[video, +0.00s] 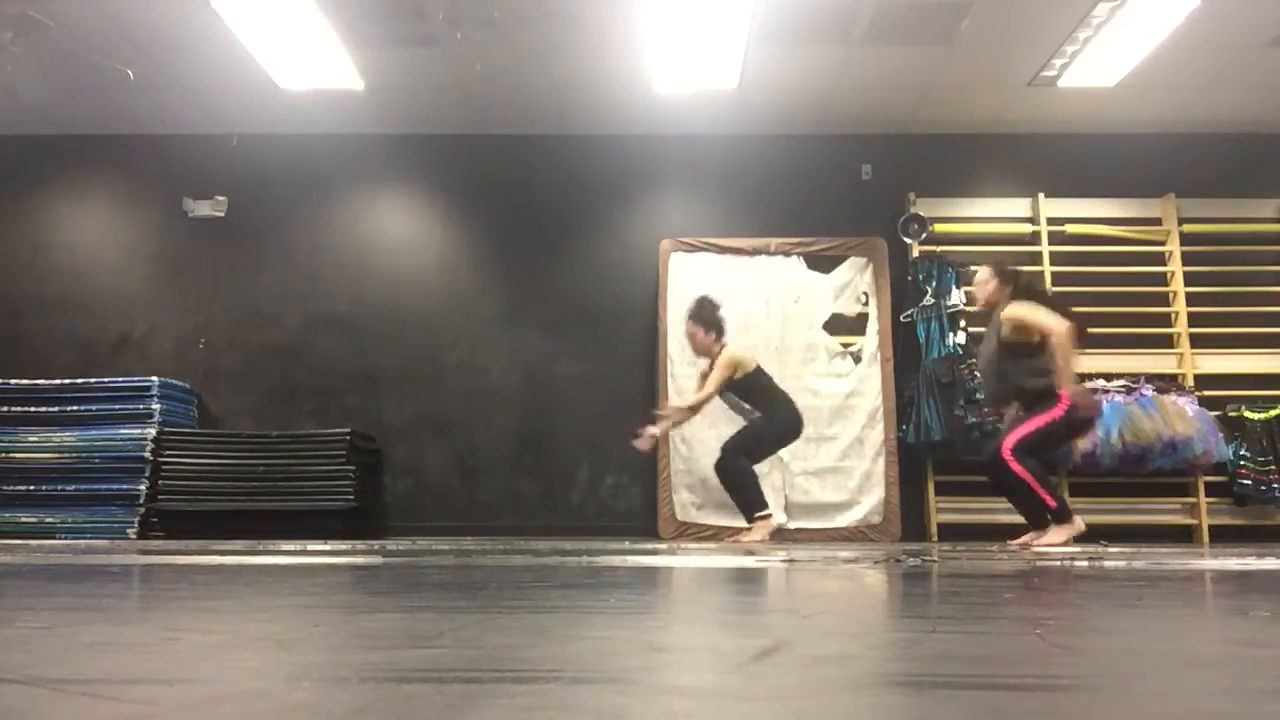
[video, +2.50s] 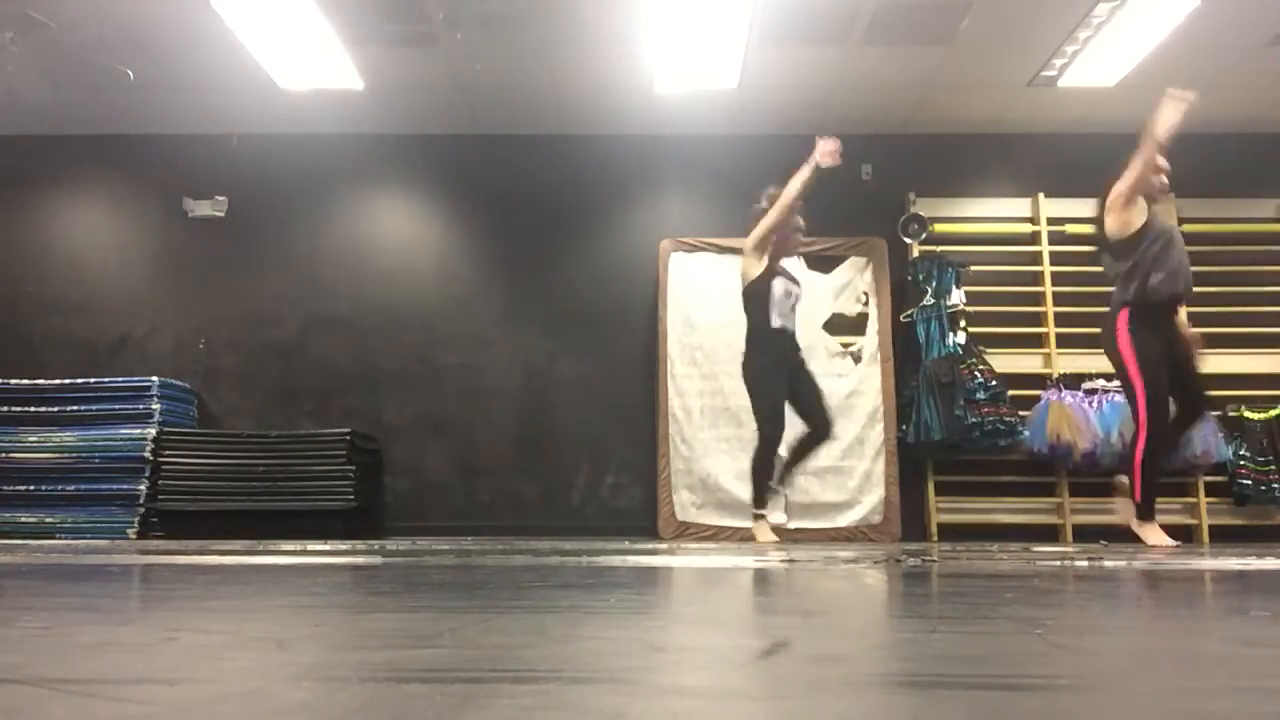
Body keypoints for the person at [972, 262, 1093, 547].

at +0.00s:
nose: (974, 291)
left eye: (980, 284)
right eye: (975, 284)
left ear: (1000, 284)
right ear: (994, 285)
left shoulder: (1012, 311)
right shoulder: (998, 320)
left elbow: (1061, 327)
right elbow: (1023, 366)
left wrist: (1066, 385)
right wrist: (1016, 406)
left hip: (1062, 404)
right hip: (1040, 406)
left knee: (1008, 451)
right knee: (995, 456)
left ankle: (1065, 521)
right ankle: (1042, 526)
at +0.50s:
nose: (1062, 225)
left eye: (1070, 219)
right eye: (1054, 219)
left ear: (1079, 229)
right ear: (1040, 227)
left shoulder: (1091, 266)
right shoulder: (1022, 265)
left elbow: (1134, 290)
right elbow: (989, 287)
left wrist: (1131, 334)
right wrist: (992, 330)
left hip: (1078, 366)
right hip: (1036, 366)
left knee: (1047, 438)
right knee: (992, 430)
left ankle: (1071, 529)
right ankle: (1013, 512)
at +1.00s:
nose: (1094, 222)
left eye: (1100, 217)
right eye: (1086, 215)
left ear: (1104, 226)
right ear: (1067, 222)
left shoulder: (1117, 258)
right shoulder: (1059, 262)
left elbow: (1173, 237)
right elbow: (1052, 260)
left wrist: (1229, 210)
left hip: (1118, 358)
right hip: (1075, 350)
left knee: (1084, 441)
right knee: (1086, 398)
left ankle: (1035, 524)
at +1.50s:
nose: (1249, 214)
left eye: (1252, 207)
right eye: (1239, 207)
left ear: (1256, 214)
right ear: (1218, 215)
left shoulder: (1270, 250)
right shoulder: (1203, 262)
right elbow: (1140, 284)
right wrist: (1115, 250)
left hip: (1266, 357)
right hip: (1217, 357)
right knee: (1189, 432)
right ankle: (1147, 519)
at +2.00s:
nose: (1277, 264)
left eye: (1279, 258)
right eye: (1271, 257)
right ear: (1253, 264)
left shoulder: (1275, 305)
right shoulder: (1224, 288)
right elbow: (1162, 286)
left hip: (1256, 404)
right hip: (1204, 397)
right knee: (1207, 446)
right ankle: (1159, 529)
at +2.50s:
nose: (1165, 174)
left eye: (1166, 168)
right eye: (1155, 169)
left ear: (1165, 175)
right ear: (1136, 173)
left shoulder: (1159, 214)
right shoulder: (1122, 206)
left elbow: (1165, 279)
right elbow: (1143, 159)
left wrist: (1183, 325)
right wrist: (1159, 128)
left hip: (1162, 320)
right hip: (1131, 320)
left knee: (1193, 402)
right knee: (1151, 414)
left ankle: (1133, 476)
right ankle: (1144, 518)